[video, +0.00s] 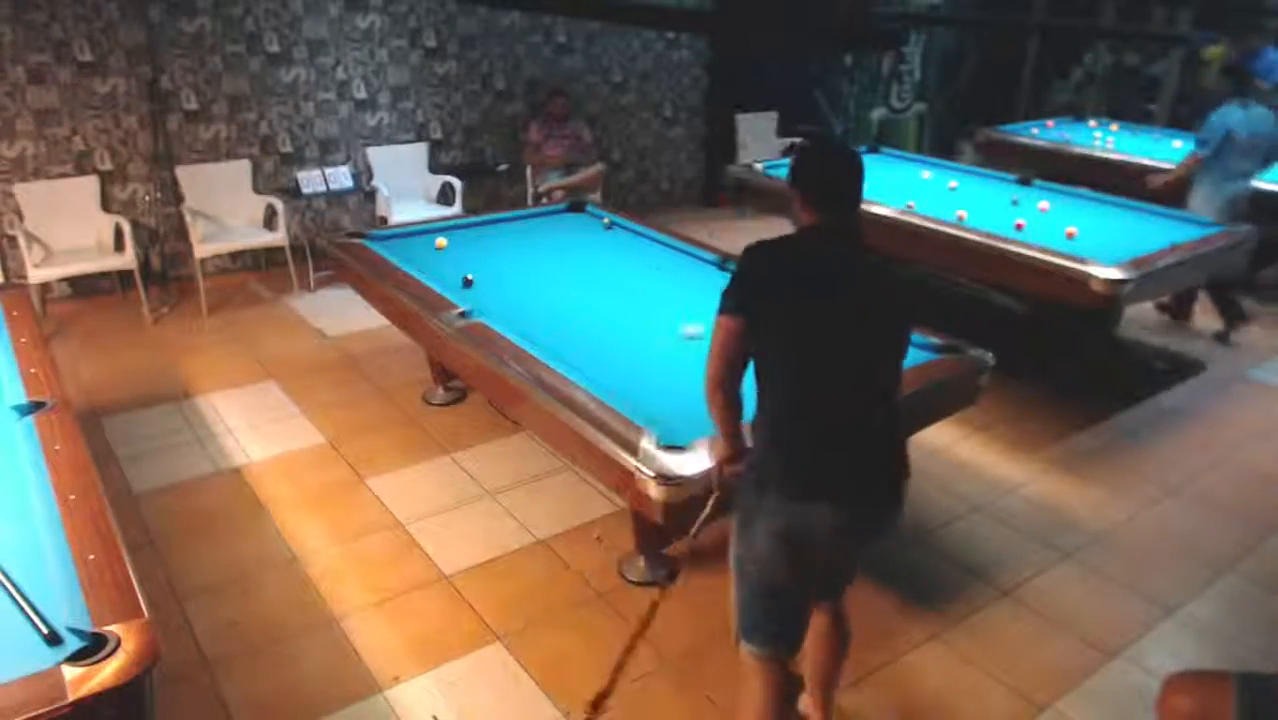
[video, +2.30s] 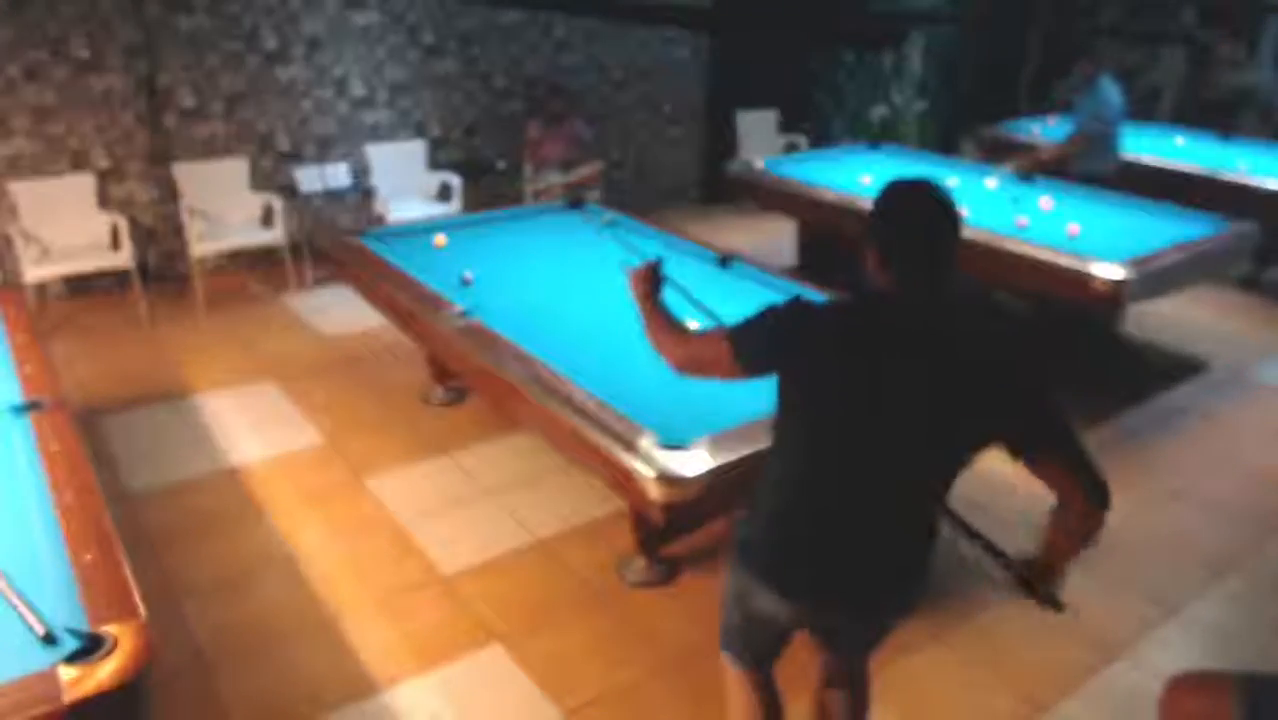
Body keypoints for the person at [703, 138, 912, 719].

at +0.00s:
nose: (793, 199)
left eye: (794, 190)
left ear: (796, 198)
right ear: (859, 197)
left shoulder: (763, 264)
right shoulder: (887, 275)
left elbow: (721, 375)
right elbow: (890, 385)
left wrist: (730, 447)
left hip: (783, 479)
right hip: (867, 478)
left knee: (767, 651)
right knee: (828, 600)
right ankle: (818, 706)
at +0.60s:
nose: (825, 240)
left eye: (826, 229)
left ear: (830, 238)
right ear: (903, 240)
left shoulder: (780, 329)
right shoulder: (931, 333)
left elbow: (712, 458)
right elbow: (945, 448)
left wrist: (685, 441)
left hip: (785, 567)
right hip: (880, 561)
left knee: (771, 704)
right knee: (833, 641)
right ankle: (821, 708)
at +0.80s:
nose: (829, 255)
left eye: (830, 245)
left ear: (834, 260)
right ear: (912, 263)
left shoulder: (778, 365)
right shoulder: (952, 376)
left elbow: (682, 491)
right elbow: (998, 490)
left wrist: (646, 456)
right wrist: (935, 491)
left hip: (773, 610)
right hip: (880, 610)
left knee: (766, 708)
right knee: (842, 674)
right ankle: (837, 698)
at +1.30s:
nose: (863, 284)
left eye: (866, 273)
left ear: (872, 287)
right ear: (961, 293)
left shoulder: (801, 385)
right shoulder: (1001, 427)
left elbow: (687, 496)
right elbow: (982, 549)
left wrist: (649, 451)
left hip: (777, 647)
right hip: (892, 651)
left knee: (771, 710)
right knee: (860, 691)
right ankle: (857, 705)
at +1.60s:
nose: (862, 285)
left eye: (863, 273)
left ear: (869, 286)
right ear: (959, 292)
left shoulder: (795, 377)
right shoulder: (991, 402)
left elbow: (653, 436)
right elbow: (1063, 533)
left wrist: (614, 379)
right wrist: (964, 514)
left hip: (774, 640)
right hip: (893, 647)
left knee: (778, 707)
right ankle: (852, 704)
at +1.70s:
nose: (861, 277)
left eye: (864, 265)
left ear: (868, 279)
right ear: (955, 286)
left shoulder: (794, 369)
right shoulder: (993, 403)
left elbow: (652, 410)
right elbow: (1054, 540)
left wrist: (604, 348)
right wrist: (981, 573)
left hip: (774, 632)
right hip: (889, 639)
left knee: (777, 707)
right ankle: (848, 703)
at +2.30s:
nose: (866, 252)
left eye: (870, 243)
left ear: (874, 253)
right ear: (951, 258)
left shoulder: (811, 328)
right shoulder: (988, 356)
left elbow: (684, 356)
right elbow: (1084, 503)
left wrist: (644, 297)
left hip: (782, 558)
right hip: (885, 574)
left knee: (746, 661)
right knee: (846, 670)